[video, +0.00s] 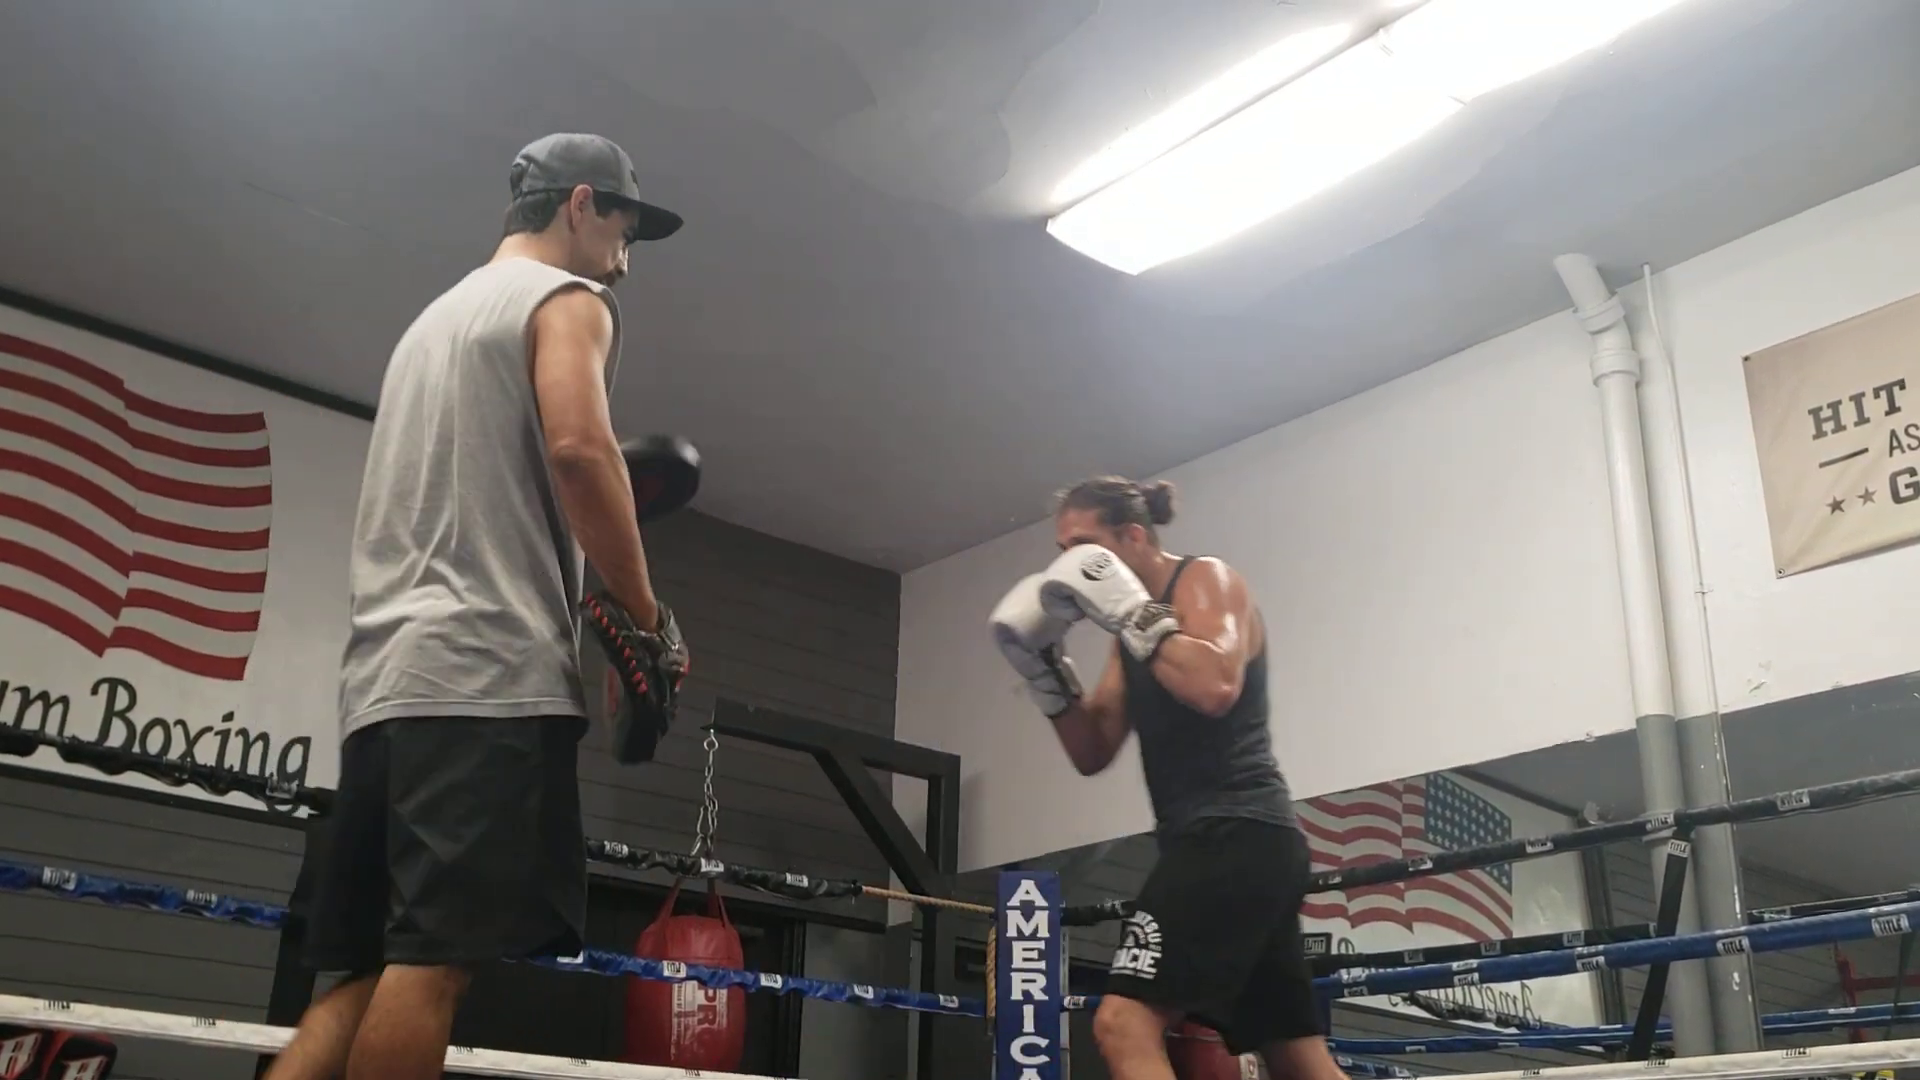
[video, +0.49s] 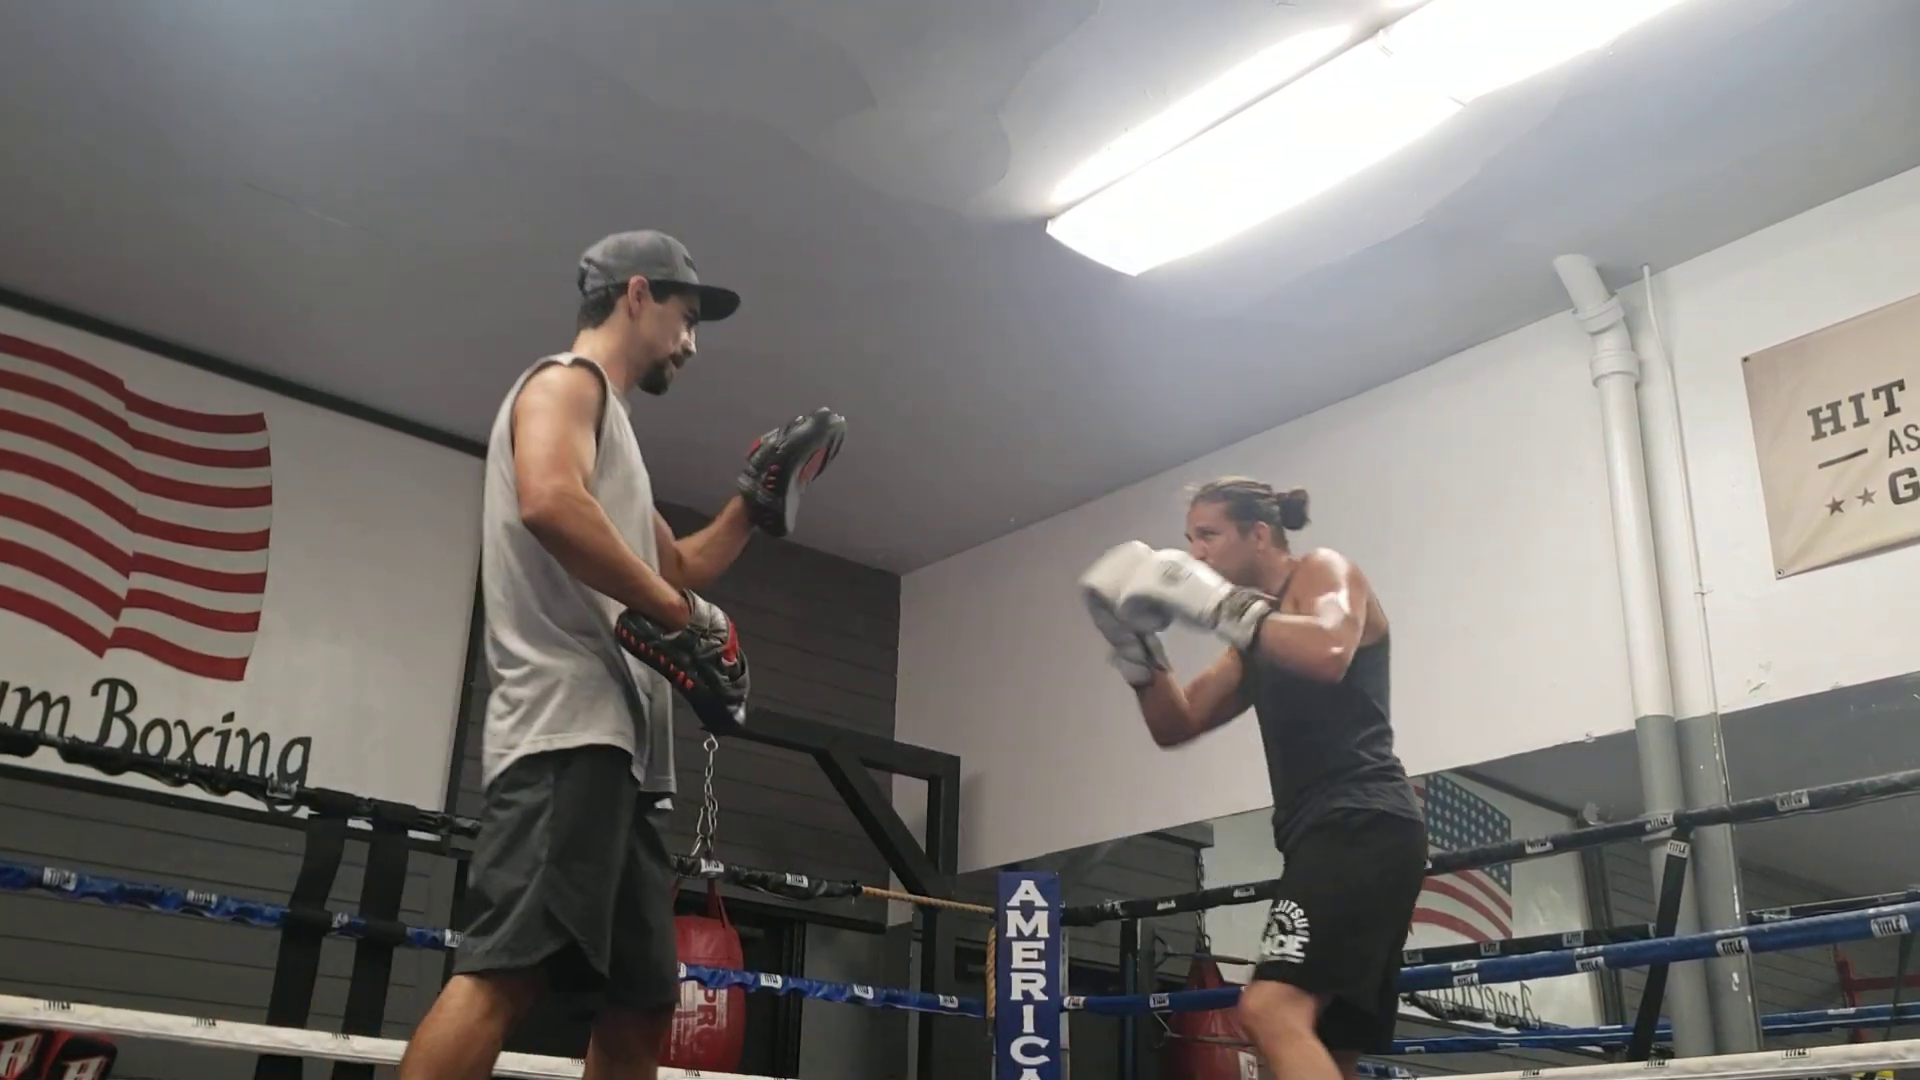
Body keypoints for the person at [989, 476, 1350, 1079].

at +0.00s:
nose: (1076, 567)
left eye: (1084, 547)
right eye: (1069, 553)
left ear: (1133, 537)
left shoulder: (1208, 578)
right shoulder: (1136, 630)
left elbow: (1215, 686)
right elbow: (1092, 751)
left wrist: (1131, 610)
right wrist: (1043, 668)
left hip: (1235, 839)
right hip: (1213, 841)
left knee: (1124, 1024)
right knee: (1300, 1057)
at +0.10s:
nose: (1115, 580)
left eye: (1123, 561)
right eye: (1108, 567)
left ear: (1170, 550)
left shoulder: (1241, 580)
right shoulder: (1183, 649)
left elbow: (1271, 686)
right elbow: (1150, 770)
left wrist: (1173, 618)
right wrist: (1095, 685)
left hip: (1275, 838)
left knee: (1160, 1021)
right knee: (1326, 1056)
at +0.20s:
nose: (1147, 582)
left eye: (1155, 561)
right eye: (1140, 567)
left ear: (1205, 551)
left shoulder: (1270, 577)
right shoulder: (1216, 654)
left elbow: (1320, 671)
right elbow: (1190, 775)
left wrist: (1215, 617)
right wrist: (1131, 690)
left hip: (1309, 825)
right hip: (1280, 834)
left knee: (1204, 1005)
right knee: (1339, 1056)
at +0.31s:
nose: (1167, 573)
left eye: (1177, 551)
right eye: (1161, 558)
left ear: (1231, 544)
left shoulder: (1290, 569)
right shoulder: (1239, 653)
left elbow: (1343, 657)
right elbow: (1202, 765)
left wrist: (1240, 604)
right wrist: (1148, 680)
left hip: (1328, 816)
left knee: (1225, 993)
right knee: (1348, 1058)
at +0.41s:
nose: (1184, 557)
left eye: (1193, 539)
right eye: (1177, 545)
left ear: (1247, 532)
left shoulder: (1305, 562)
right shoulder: (1249, 644)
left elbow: (1342, 648)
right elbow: (1201, 751)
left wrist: (1242, 590)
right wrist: (1152, 662)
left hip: (1340, 817)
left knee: (1261, 1001)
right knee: (1353, 1055)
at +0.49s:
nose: (1194, 552)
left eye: (1207, 536)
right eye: (1191, 540)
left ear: (1259, 534)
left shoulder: (1323, 569)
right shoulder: (1260, 640)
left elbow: (1329, 653)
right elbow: (1174, 727)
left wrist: (1217, 603)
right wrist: (1133, 645)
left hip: (1360, 822)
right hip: (1323, 833)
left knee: (1271, 1008)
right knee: (1329, 1050)